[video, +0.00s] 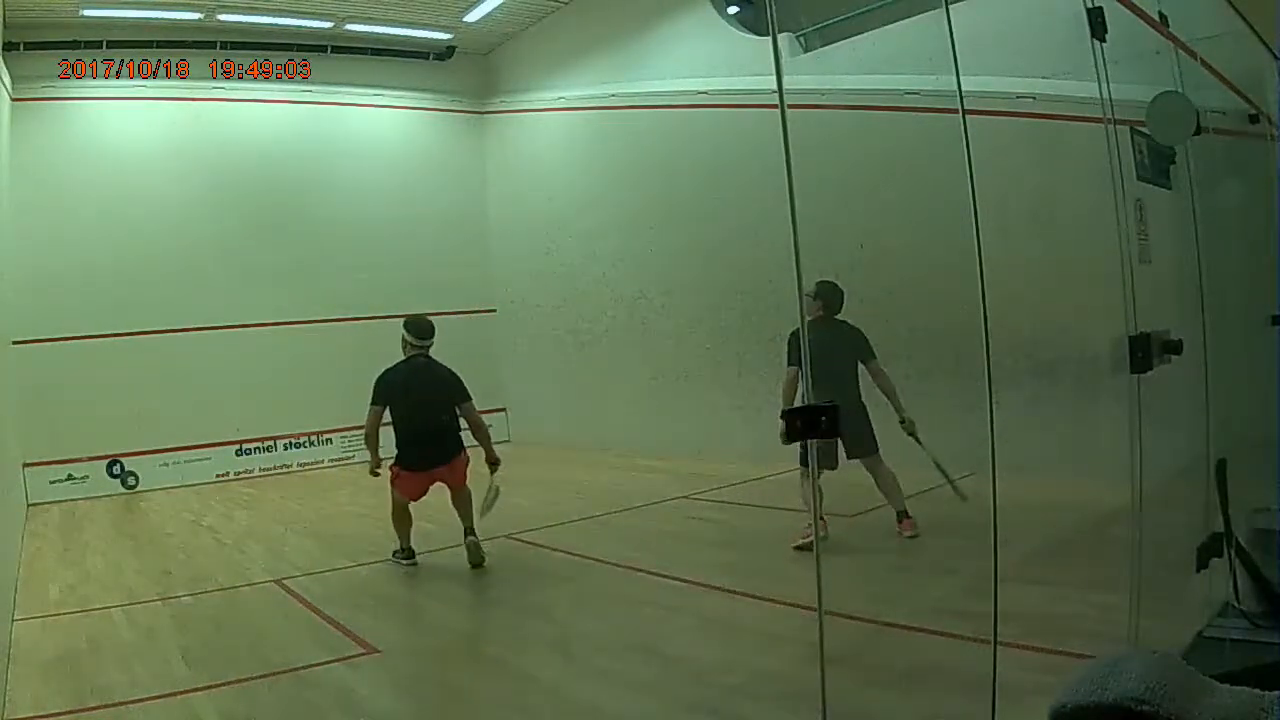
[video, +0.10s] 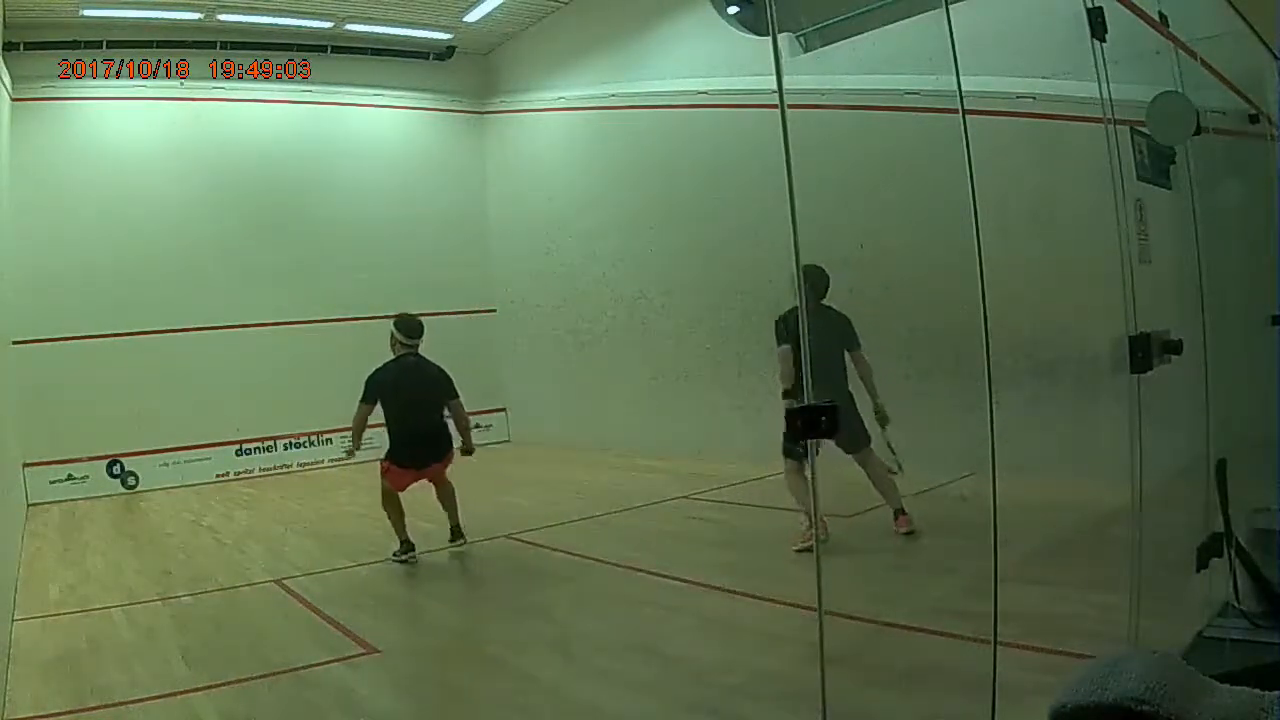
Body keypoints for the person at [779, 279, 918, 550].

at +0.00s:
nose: (805, 303)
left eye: (809, 299)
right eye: (807, 298)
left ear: (819, 304)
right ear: (835, 306)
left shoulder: (799, 336)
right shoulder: (852, 333)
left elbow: (792, 378)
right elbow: (877, 374)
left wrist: (786, 418)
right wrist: (902, 414)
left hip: (816, 418)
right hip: (852, 413)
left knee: (808, 474)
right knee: (875, 465)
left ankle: (816, 525)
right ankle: (905, 519)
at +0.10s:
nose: (799, 291)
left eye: (799, 285)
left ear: (800, 288)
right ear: (825, 289)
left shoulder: (786, 321)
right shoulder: (839, 319)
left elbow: (786, 360)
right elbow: (860, 364)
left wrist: (788, 394)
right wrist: (877, 403)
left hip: (802, 412)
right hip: (839, 408)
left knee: (794, 470)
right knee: (868, 459)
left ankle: (814, 524)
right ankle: (901, 515)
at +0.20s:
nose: (774, 267)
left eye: (778, 263)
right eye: (776, 262)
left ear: (788, 269)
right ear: (804, 271)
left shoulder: (770, 300)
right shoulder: (821, 303)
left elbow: (776, 333)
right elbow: (837, 348)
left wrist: (782, 373)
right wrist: (850, 388)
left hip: (787, 396)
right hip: (824, 393)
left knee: (784, 458)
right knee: (844, 450)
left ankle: (809, 520)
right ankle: (870, 510)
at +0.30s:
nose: (757, 261)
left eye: (762, 258)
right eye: (761, 257)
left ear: (773, 265)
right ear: (785, 267)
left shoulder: (758, 295)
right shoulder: (806, 300)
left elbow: (767, 332)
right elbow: (817, 345)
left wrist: (774, 374)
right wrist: (824, 384)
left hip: (780, 384)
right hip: (814, 383)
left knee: (770, 452)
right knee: (822, 448)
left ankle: (800, 511)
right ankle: (838, 515)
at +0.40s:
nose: (732, 277)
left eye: (737, 273)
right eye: (736, 272)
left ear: (748, 280)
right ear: (757, 282)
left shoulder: (749, 312)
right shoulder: (773, 309)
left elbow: (758, 357)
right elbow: (782, 356)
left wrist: (760, 403)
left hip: (766, 397)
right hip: (791, 394)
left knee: (736, 456)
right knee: (808, 461)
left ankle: (747, 526)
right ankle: (829, 528)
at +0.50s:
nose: (709, 289)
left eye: (713, 286)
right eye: (712, 285)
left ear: (724, 294)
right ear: (731, 296)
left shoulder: (730, 326)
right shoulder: (745, 322)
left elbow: (746, 370)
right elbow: (757, 367)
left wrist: (738, 415)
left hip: (749, 409)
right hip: (772, 407)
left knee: (708, 459)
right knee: (798, 468)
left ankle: (699, 529)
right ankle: (830, 528)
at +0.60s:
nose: (675, 289)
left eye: (681, 286)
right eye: (678, 285)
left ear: (693, 294)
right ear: (697, 295)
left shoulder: (697, 325)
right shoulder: (713, 320)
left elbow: (712, 369)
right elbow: (725, 365)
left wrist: (703, 412)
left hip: (720, 408)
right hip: (742, 405)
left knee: (683, 463)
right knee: (762, 467)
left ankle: (691, 531)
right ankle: (812, 510)